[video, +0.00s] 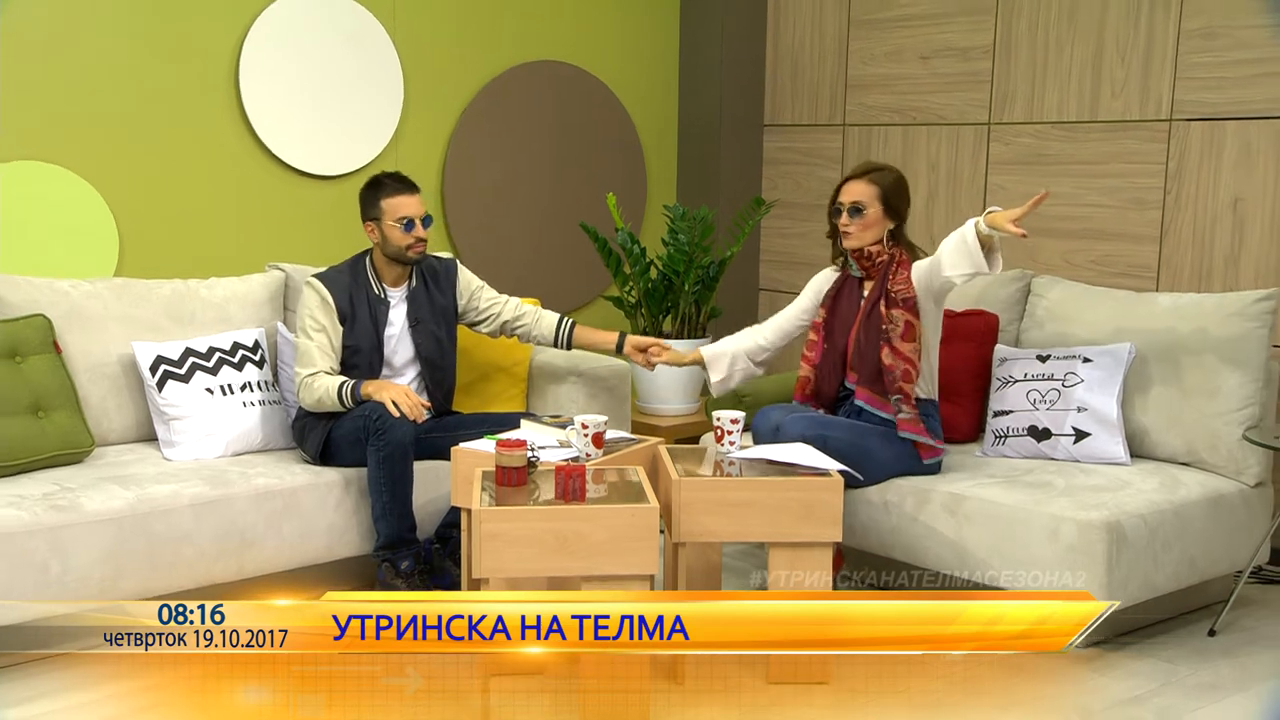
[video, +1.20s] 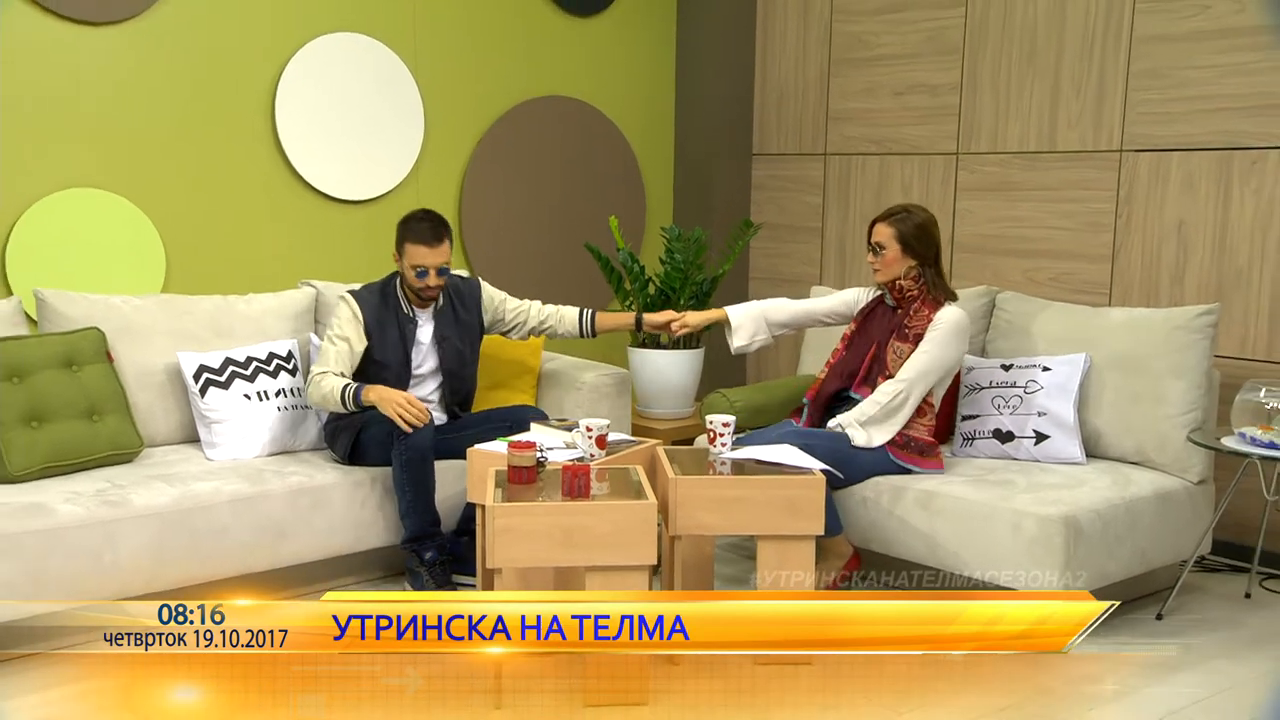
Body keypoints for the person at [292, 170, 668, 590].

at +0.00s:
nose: (419, 233)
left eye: (423, 221)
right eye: (405, 225)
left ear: (427, 220)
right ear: (372, 230)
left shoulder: (445, 275)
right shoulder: (327, 290)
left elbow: (519, 319)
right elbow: (311, 386)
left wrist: (621, 342)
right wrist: (369, 388)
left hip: (424, 421)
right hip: (339, 427)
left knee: (524, 430)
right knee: (393, 416)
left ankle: (445, 551)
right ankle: (397, 558)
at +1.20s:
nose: (431, 281)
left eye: (441, 270)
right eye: (420, 271)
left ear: (450, 259)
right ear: (398, 260)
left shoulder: (470, 295)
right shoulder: (361, 307)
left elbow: (544, 318)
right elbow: (318, 387)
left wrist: (638, 320)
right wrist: (371, 394)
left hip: (440, 426)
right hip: (367, 428)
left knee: (527, 420)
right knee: (411, 427)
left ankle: (464, 548)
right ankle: (425, 557)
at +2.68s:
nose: (457, 262)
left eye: (464, 253)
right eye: (445, 254)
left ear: (471, 258)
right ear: (424, 263)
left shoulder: (490, 302)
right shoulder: (392, 312)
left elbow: (559, 323)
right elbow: (360, 390)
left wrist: (643, 325)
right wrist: (396, 381)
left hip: (463, 419)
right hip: (393, 422)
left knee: (546, 416)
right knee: (443, 408)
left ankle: (483, 524)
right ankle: (442, 537)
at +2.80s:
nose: (456, 260)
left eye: (463, 251)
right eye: (444, 252)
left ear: (470, 257)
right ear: (424, 261)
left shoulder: (489, 301)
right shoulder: (394, 312)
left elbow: (556, 323)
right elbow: (382, 393)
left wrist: (642, 325)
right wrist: (416, 350)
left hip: (464, 418)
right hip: (394, 421)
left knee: (547, 415)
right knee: (444, 406)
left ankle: (485, 521)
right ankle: (443, 534)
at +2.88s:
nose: (455, 258)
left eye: (462, 250)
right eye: (443, 251)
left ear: (469, 255)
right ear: (424, 259)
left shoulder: (488, 299)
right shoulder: (398, 310)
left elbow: (555, 322)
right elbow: (410, 383)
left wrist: (642, 326)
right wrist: (433, 320)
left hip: (465, 416)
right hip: (398, 419)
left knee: (548, 415)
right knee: (446, 406)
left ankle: (486, 520)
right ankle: (445, 533)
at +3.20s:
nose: (465, 256)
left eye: (469, 248)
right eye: (452, 250)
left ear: (476, 256)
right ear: (431, 266)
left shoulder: (493, 296)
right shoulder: (411, 316)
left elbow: (558, 319)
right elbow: (457, 382)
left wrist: (643, 322)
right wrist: (464, 317)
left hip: (471, 412)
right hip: (409, 416)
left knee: (555, 414)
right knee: (474, 403)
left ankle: (488, 515)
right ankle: (451, 527)